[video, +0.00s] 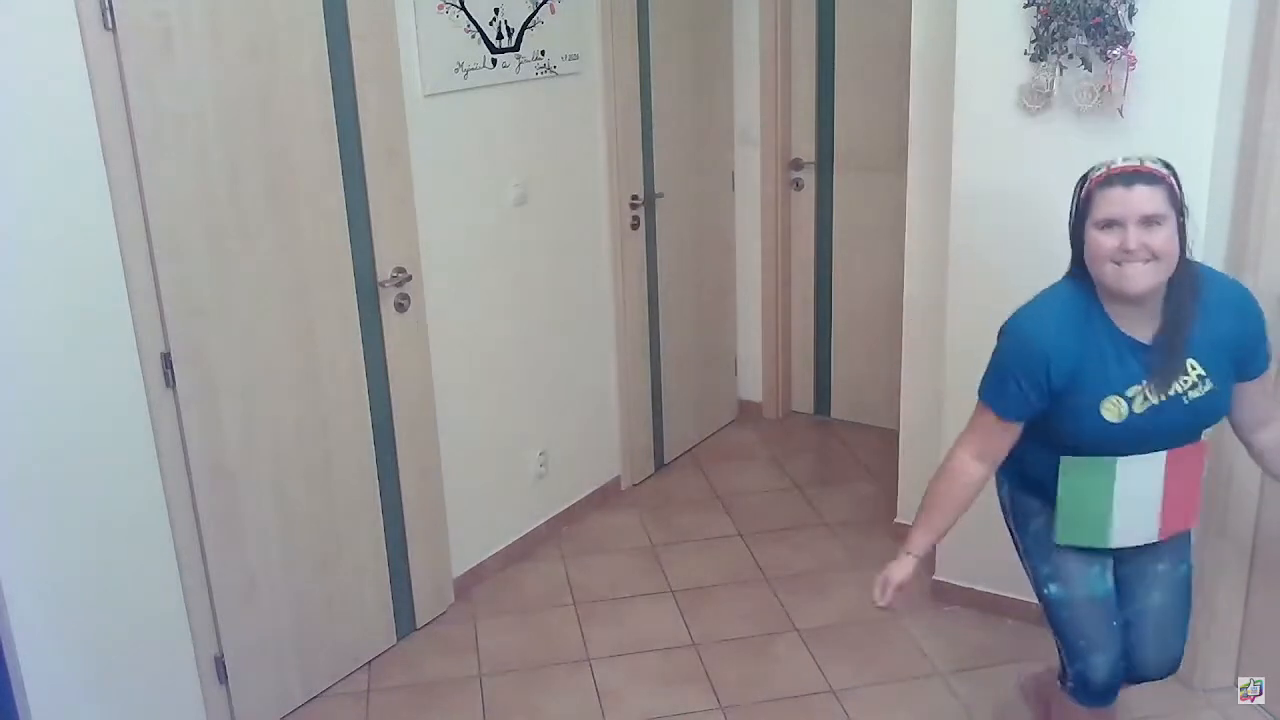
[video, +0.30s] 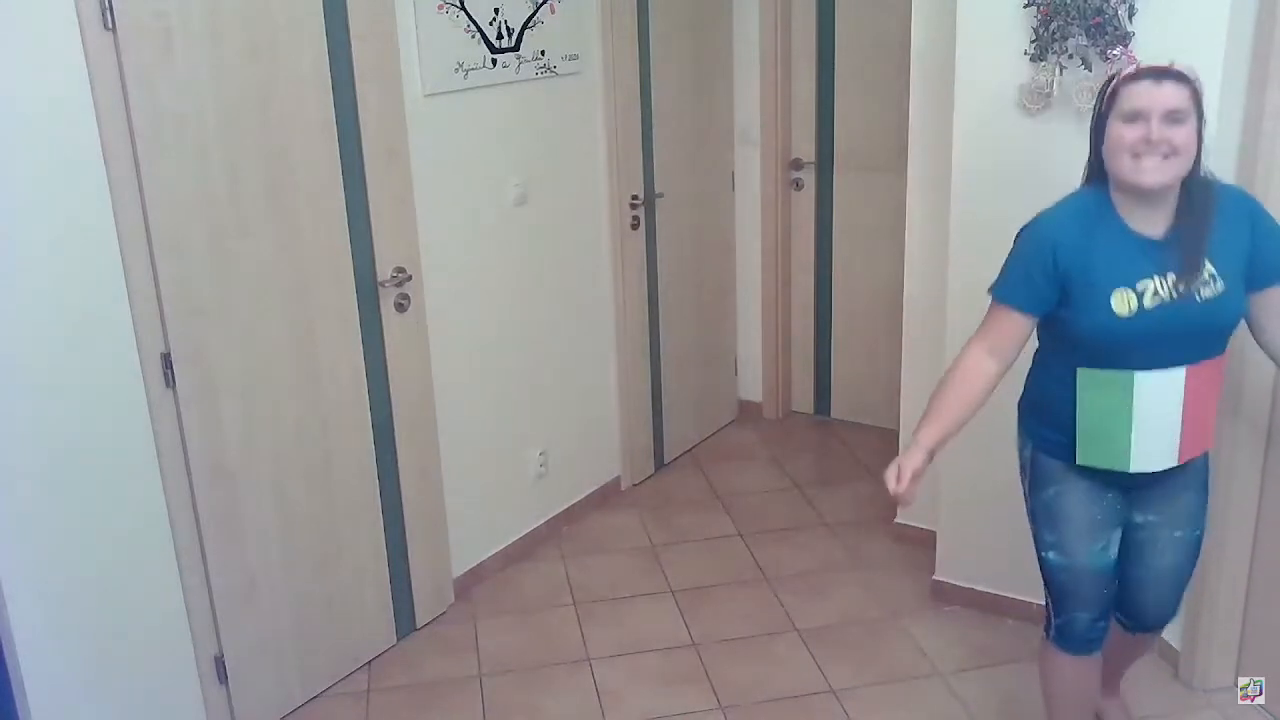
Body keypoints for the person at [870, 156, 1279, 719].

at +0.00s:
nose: (1132, 242)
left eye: (1152, 223)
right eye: (1109, 225)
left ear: (1181, 234)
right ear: (1081, 241)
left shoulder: (1227, 311)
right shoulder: (1040, 335)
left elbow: (1265, 425)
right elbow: (974, 456)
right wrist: (913, 551)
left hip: (1163, 491)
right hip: (1056, 497)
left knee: (1154, 660)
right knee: (1099, 675)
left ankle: (1052, 689)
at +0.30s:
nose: (1154, 135)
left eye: (1175, 120)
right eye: (1134, 119)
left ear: (1199, 137)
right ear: (1103, 137)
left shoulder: (1238, 222)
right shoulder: (1056, 236)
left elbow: (1277, 332)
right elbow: (989, 351)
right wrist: (921, 445)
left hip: (1179, 458)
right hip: (1072, 458)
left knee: (1147, 614)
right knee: (1079, 625)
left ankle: (1108, 690)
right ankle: (1072, 716)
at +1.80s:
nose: (1170, 220)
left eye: (1190, 199)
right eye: (1147, 202)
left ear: (1217, 211)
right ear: (1116, 218)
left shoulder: (1261, 290)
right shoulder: (1071, 305)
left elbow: (1274, 385)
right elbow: (1018, 410)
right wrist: (988, 449)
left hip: (1194, 475)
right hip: (1079, 477)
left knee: (1174, 655)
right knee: (1105, 665)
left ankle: (1084, 700)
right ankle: (1059, 708)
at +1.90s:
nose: (1186, 184)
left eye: (1206, 164)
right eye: (1162, 166)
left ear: (1230, 178)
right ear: (1129, 184)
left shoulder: (1264, 256)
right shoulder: (1084, 274)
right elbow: (993, 394)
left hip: (1202, 463)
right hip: (1088, 468)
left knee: (1189, 637)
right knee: (1101, 650)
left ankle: (1099, 690)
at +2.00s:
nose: (1197, 155)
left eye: (1216, 135)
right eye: (1173, 137)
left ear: (1238, 150)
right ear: (1138, 152)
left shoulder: (1267, 228)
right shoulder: (1090, 239)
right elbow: (1005, 354)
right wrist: (1074, 271)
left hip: (1208, 461)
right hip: (1096, 463)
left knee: (1191, 627)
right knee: (1102, 636)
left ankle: (1132, 695)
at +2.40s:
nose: (1232, 140)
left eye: (1252, 121)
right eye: (1211, 121)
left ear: (1274, 133)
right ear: (1178, 131)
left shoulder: (1274, 220)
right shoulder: (1131, 210)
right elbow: (1072, 325)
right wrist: (1169, 303)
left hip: (1238, 450)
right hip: (1127, 439)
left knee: (1193, 605)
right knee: (1115, 610)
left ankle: (1169, 703)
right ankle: (1111, 714)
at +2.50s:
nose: (1236, 136)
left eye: (1255, 117)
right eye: (1216, 117)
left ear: (1277, 128)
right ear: (1183, 126)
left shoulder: (1275, 212)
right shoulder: (1134, 203)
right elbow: (1075, 315)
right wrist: (1168, 358)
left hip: (1244, 443)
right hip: (1136, 434)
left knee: (1197, 602)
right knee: (1127, 605)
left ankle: (1171, 704)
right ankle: (1123, 706)